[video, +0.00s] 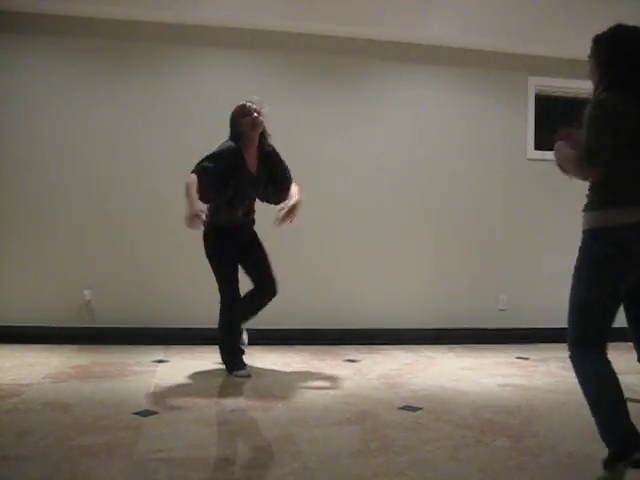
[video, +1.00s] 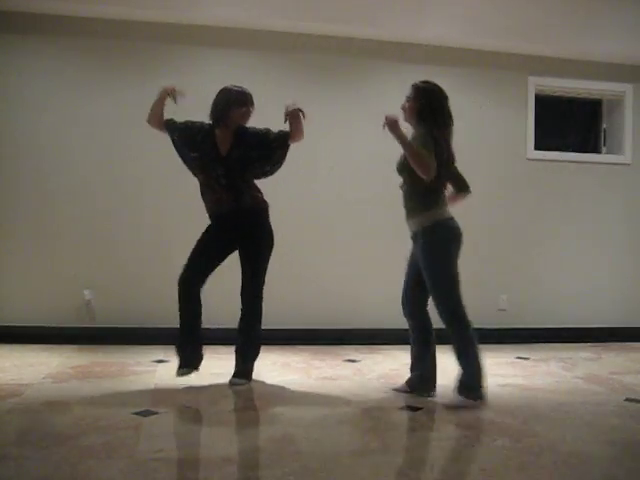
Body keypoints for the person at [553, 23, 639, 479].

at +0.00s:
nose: (589, 71)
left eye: (593, 63)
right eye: (590, 62)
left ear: (607, 64)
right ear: (632, 62)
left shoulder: (607, 105)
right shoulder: (631, 104)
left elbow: (591, 169)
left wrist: (564, 155)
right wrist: (582, 148)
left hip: (611, 237)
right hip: (632, 235)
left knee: (585, 344)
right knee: (635, 338)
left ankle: (623, 445)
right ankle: (628, 445)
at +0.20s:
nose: (561, 77)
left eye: (566, 70)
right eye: (563, 69)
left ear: (584, 75)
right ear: (601, 72)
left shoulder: (601, 114)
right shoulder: (596, 115)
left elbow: (618, 176)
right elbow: (570, 176)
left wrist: (565, 167)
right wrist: (539, 147)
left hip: (599, 240)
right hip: (620, 238)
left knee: (558, 326)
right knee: (636, 337)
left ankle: (560, 431)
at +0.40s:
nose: (513, 92)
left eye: (518, 85)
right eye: (515, 84)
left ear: (533, 91)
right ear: (553, 90)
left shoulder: (544, 135)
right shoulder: (568, 131)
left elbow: (527, 196)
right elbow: (522, 182)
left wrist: (483, 164)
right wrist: (486, 156)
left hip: (554, 246)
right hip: (589, 243)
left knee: (522, 332)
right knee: (609, 337)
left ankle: (522, 421)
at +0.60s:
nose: (475, 89)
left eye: (479, 82)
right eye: (477, 82)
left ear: (492, 88)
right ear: (516, 87)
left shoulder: (498, 127)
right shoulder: (526, 125)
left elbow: (459, 175)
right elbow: (476, 164)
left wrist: (419, 147)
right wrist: (448, 135)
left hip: (511, 237)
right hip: (536, 233)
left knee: (514, 326)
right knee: (507, 317)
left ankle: (523, 420)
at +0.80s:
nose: (437, 116)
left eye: (443, 110)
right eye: (440, 110)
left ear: (457, 116)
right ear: (472, 116)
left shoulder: (454, 153)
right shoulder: (480, 150)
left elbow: (434, 204)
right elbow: (450, 198)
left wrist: (400, 183)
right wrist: (419, 189)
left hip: (468, 250)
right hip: (485, 247)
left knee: (496, 335)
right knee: (435, 308)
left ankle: (525, 419)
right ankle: (423, 382)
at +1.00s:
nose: (403, 104)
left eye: (409, 100)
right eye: (406, 99)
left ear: (422, 106)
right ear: (427, 108)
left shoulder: (424, 135)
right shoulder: (433, 141)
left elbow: (427, 172)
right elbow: (462, 188)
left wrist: (399, 136)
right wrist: (434, 205)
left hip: (435, 235)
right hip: (430, 234)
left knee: (450, 310)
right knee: (413, 303)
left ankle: (472, 386)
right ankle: (422, 380)